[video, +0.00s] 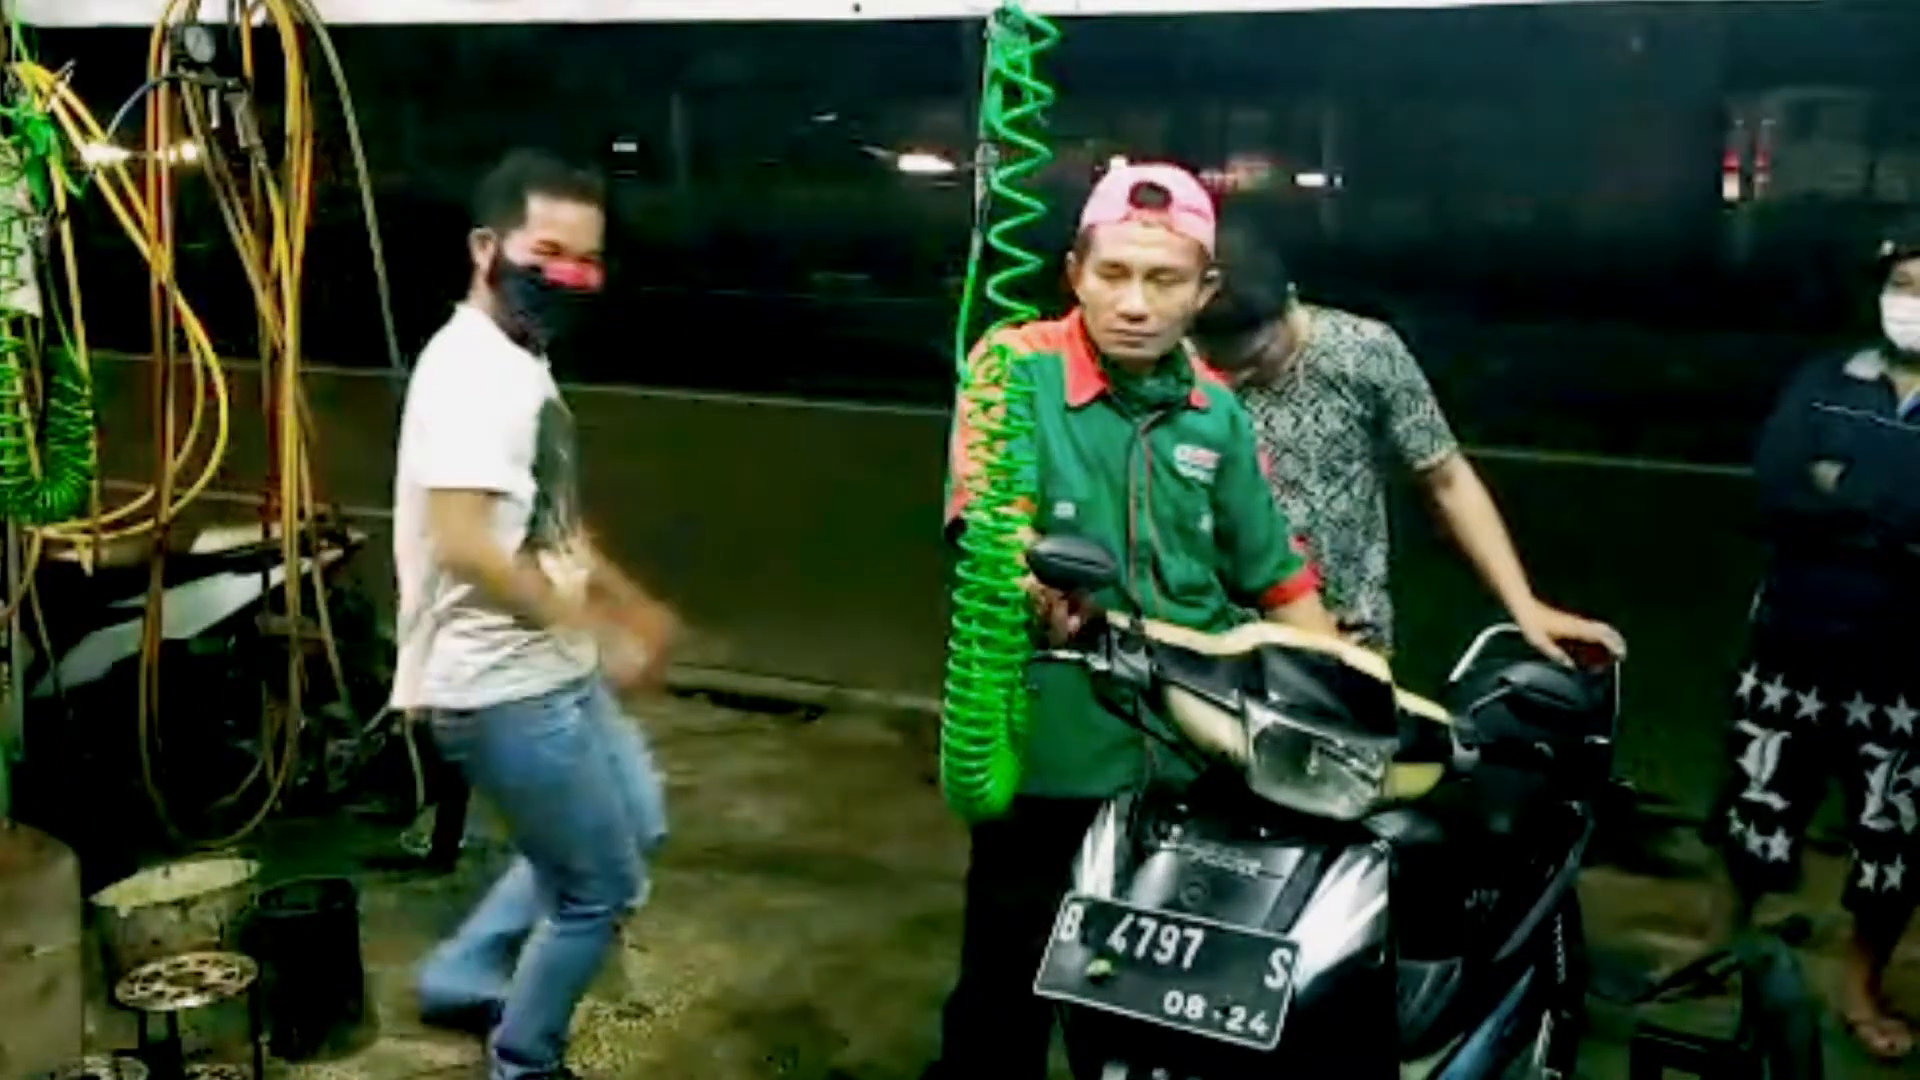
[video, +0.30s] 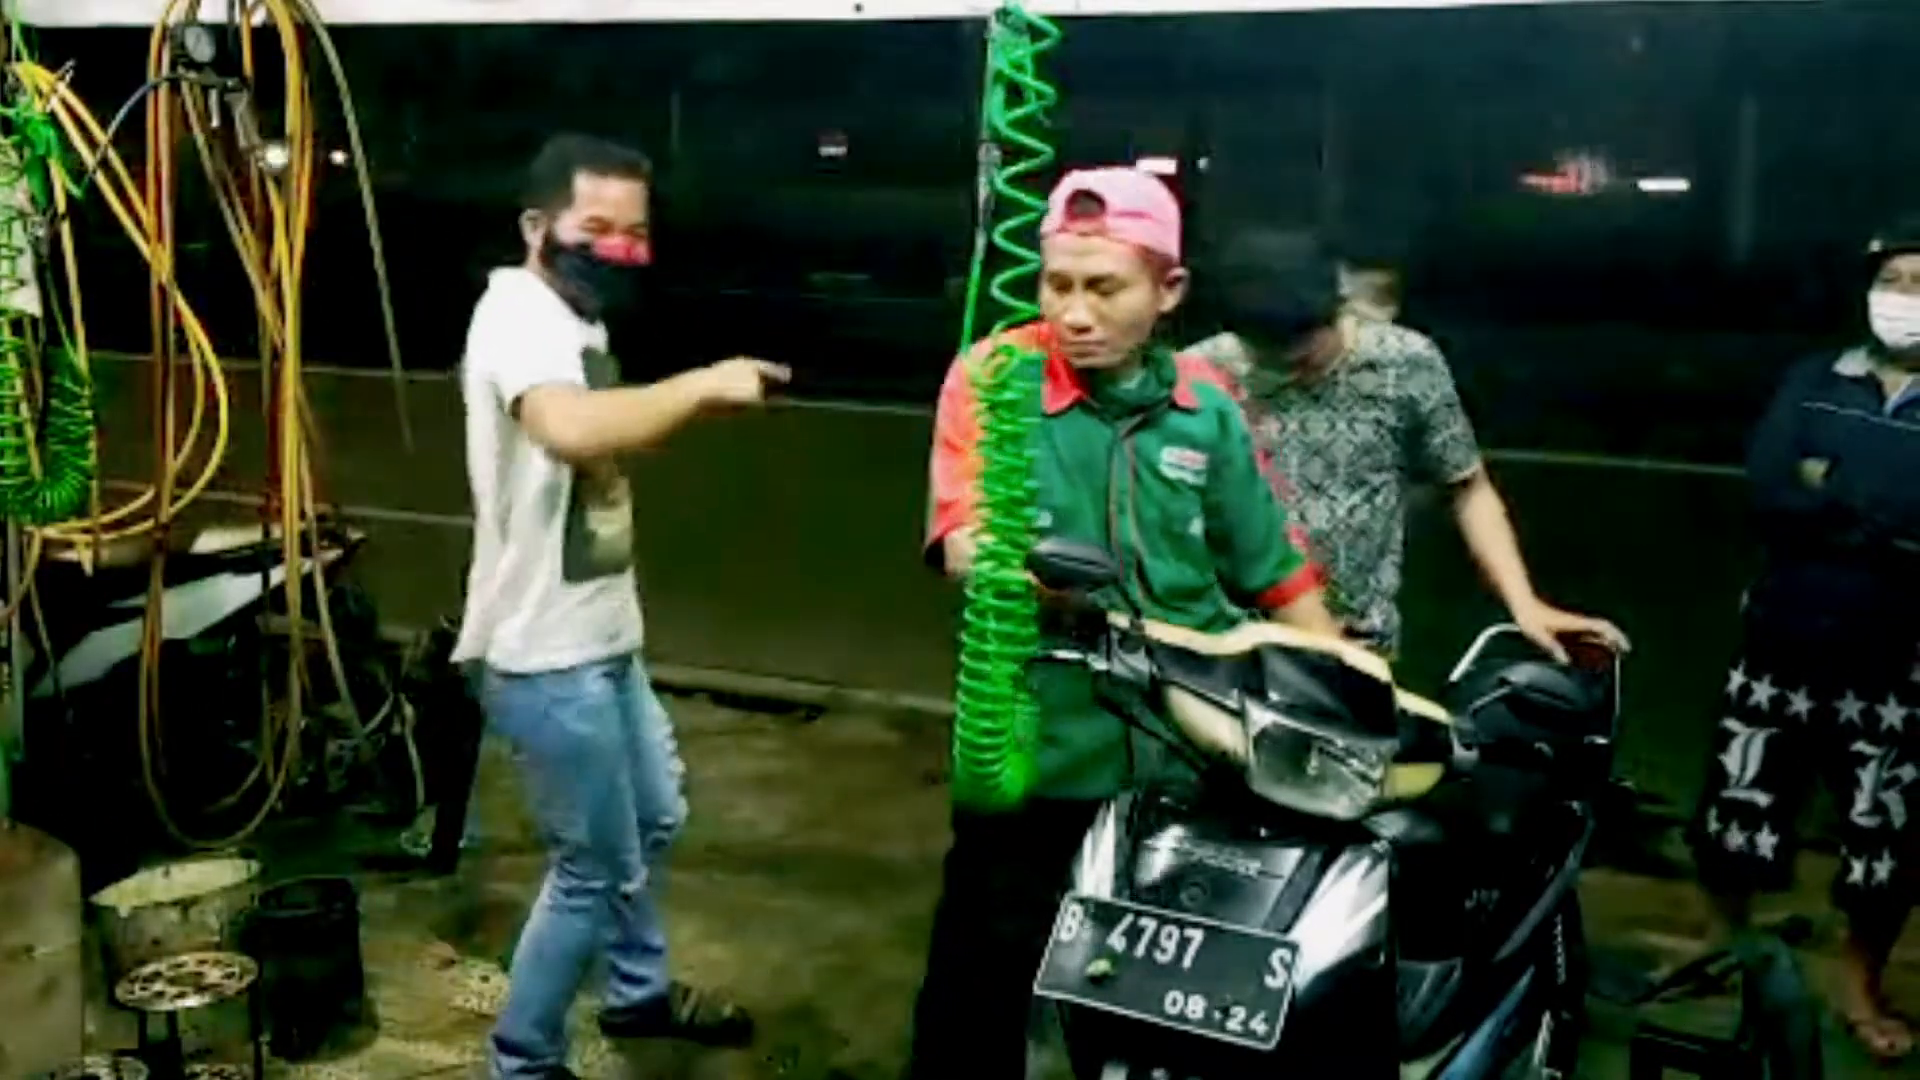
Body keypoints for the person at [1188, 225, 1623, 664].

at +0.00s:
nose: (1234, 378)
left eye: (1250, 361)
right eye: (1217, 363)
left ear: (1286, 314)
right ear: (1190, 336)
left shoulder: (1364, 356)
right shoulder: (1180, 377)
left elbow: (1447, 480)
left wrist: (1525, 608)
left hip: (1343, 644)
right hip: (1215, 646)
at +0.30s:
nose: (1295, 360)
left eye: (1305, 342)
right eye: (1274, 348)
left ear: (1335, 309)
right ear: (1244, 330)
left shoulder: (1406, 365)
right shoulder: (1207, 374)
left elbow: (1468, 489)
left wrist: (1526, 606)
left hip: (1354, 651)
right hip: (1230, 646)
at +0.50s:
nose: (1336, 357)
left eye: (1352, 338)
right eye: (1318, 343)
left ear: (1381, 314)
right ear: (1286, 324)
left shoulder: (1435, 364)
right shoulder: (1229, 373)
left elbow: (1478, 490)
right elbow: (1190, 507)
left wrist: (1528, 607)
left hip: (1374, 653)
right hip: (1252, 648)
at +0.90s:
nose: (1336, 401)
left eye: (1356, 388)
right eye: (1322, 386)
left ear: (1386, 362)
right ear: (1295, 353)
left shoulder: (1443, 385)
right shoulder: (1236, 378)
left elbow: (1485, 502)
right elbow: (1182, 484)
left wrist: (1530, 608)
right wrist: (1224, 592)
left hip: (1387, 661)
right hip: (1262, 648)